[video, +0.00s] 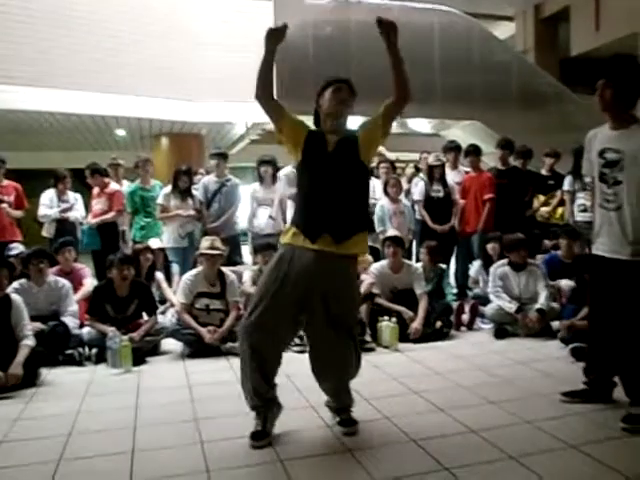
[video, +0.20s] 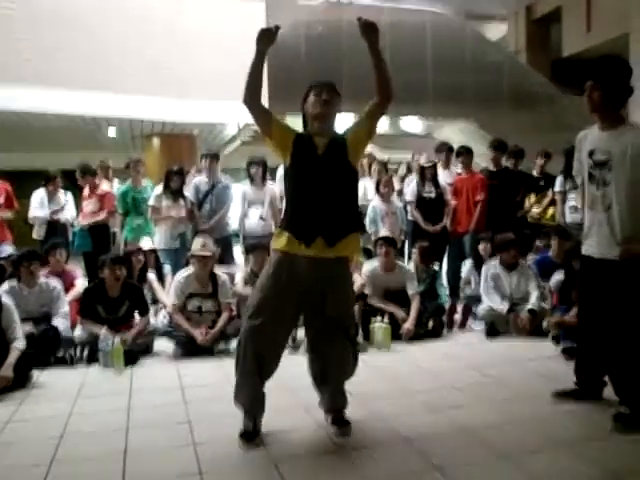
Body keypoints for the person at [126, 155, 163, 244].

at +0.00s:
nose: (146, 169)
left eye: (148, 166)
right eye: (142, 166)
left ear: (152, 168)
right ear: (137, 170)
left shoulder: (159, 187)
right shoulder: (132, 190)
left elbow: (163, 208)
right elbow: (129, 213)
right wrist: (127, 233)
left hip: (157, 230)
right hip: (139, 231)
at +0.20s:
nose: (137, 170)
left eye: (140, 166)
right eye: (134, 167)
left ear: (143, 169)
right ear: (129, 170)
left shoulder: (149, 188)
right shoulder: (123, 191)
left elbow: (154, 209)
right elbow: (120, 214)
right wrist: (118, 234)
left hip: (147, 228)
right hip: (130, 229)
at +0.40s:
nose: (135, 149)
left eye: (137, 145)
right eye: (132, 146)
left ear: (141, 148)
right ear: (127, 149)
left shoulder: (148, 166)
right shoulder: (121, 170)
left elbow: (152, 188)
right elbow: (119, 193)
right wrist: (118, 214)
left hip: (146, 209)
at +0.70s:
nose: (138, 149)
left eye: (141, 145)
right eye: (135, 146)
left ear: (144, 147)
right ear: (130, 149)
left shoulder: (151, 166)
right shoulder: (125, 170)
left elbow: (156, 188)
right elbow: (123, 192)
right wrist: (122, 214)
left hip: (150, 210)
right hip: (133, 212)